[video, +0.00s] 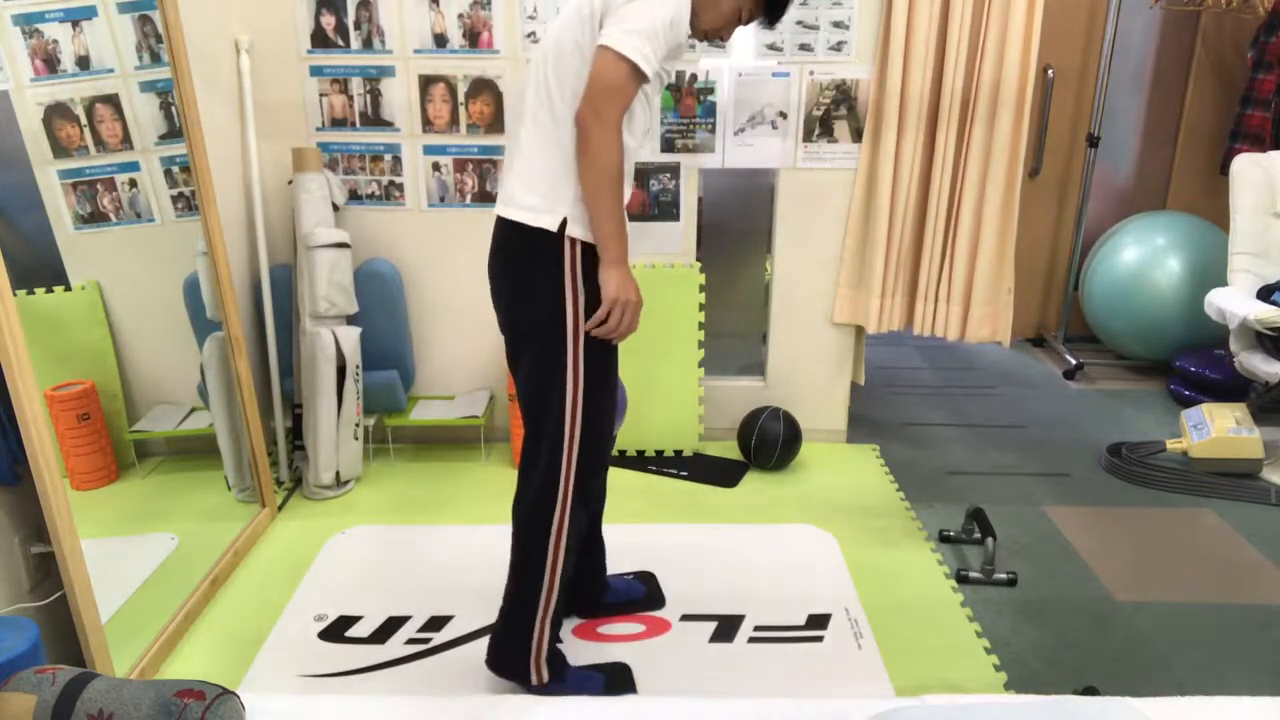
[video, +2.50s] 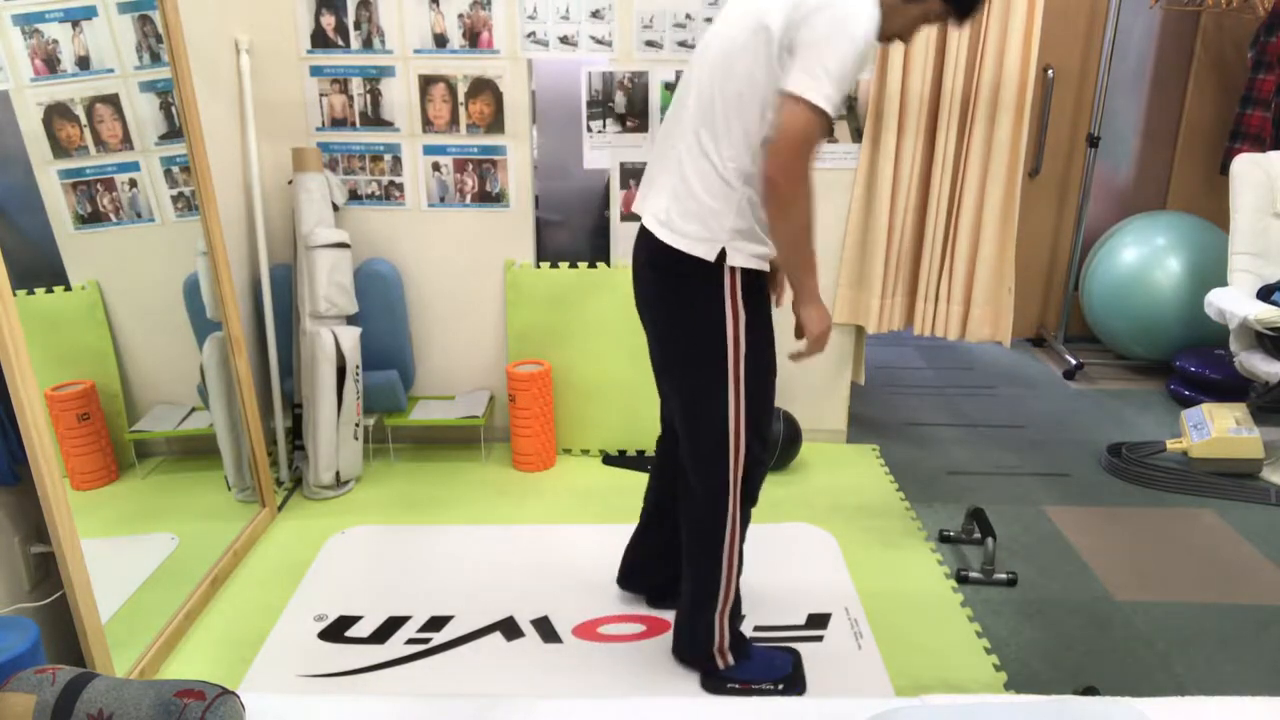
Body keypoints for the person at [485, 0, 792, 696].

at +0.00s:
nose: (726, 35)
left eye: (740, 27)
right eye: (742, 19)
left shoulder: (621, 13)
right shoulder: (657, 7)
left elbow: (577, 122)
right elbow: (595, 115)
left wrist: (601, 254)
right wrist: (615, 262)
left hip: (559, 239)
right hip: (551, 241)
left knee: (590, 423)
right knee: (566, 442)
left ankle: (580, 586)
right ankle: (523, 653)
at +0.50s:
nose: (724, 27)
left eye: (738, 19)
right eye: (739, 12)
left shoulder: (618, 12)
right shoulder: (665, 6)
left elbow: (583, 120)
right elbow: (610, 114)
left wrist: (606, 251)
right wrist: (628, 258)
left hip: (563, 243)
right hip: (567, 246)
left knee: (593, 436)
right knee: (585, 447)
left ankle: (580, 585)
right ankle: (552, 653)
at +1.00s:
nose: (767, 4)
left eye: (773, 3)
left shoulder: (647, 8)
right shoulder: (691, 8)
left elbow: (612, 140)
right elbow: (636, 146)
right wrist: (658, 296)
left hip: (590, 252)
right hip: (620, 264)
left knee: (623, 436)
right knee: (653, 459)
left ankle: (576, 578)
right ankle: (625, 645)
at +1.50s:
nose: (834, 9)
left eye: (840, 4)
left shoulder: (741, 13)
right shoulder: (731, 18)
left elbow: (687, 146)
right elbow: (667, 161)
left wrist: (706, 243)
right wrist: (693, 307)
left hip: (660, 258)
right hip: (638, 264)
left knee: (676, 436)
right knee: (652, 453)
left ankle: (656, 572)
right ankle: (623, 644)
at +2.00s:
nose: (861, 12)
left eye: (868, 7)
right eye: (867, 2)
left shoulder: (781, 18)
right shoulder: (774, 10)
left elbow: (714, 131)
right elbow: (701, 117)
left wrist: (730, 243)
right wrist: (708, 266)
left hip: (680, 240)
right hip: (658, 240)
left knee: (699, 412)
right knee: (669, 433)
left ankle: (657, 575)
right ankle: (642, 643)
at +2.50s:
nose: (917, 36)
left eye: (932, 26)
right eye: (933, 20)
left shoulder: (796, 6)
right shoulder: (845, 16)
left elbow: (745, 132)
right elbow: (787, 156)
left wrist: (767, 249)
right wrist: (809, 289)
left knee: (692, 427)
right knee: (733, 455)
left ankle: (656, 568)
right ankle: (713, 647)